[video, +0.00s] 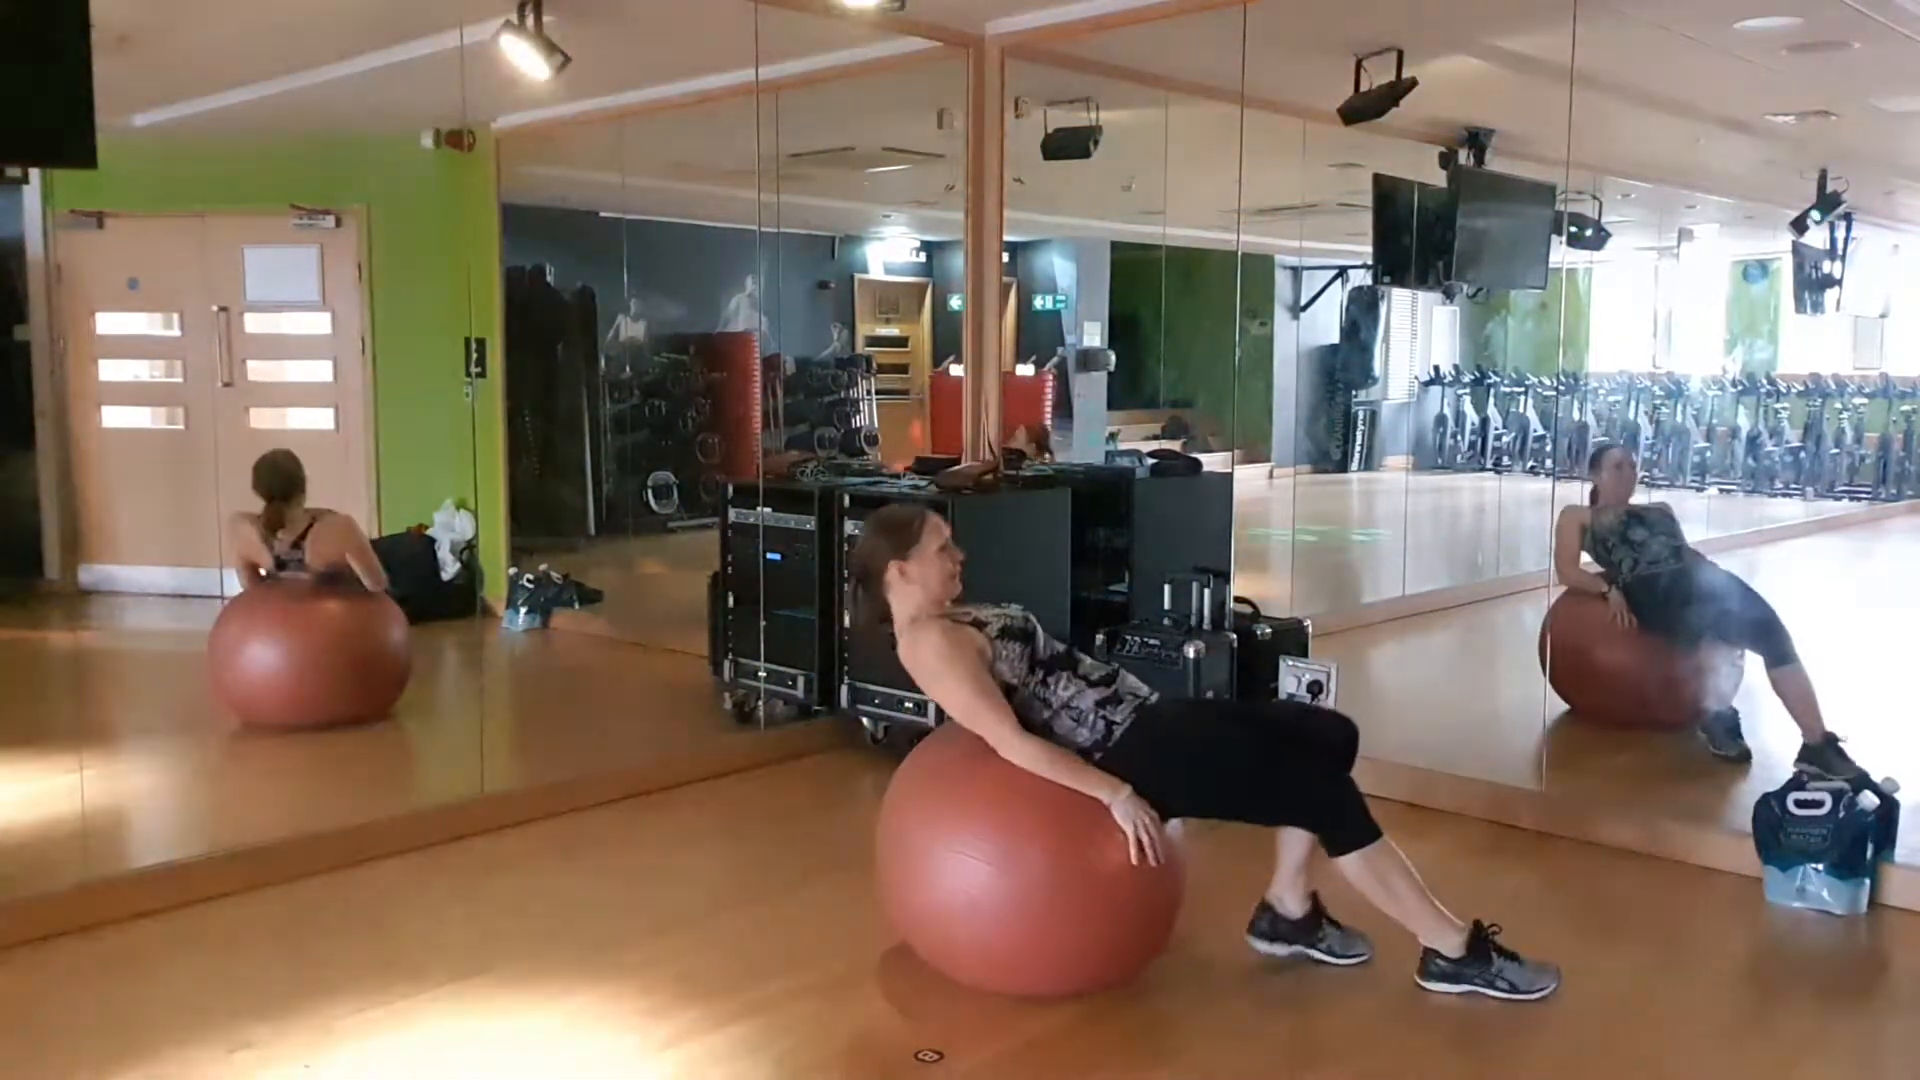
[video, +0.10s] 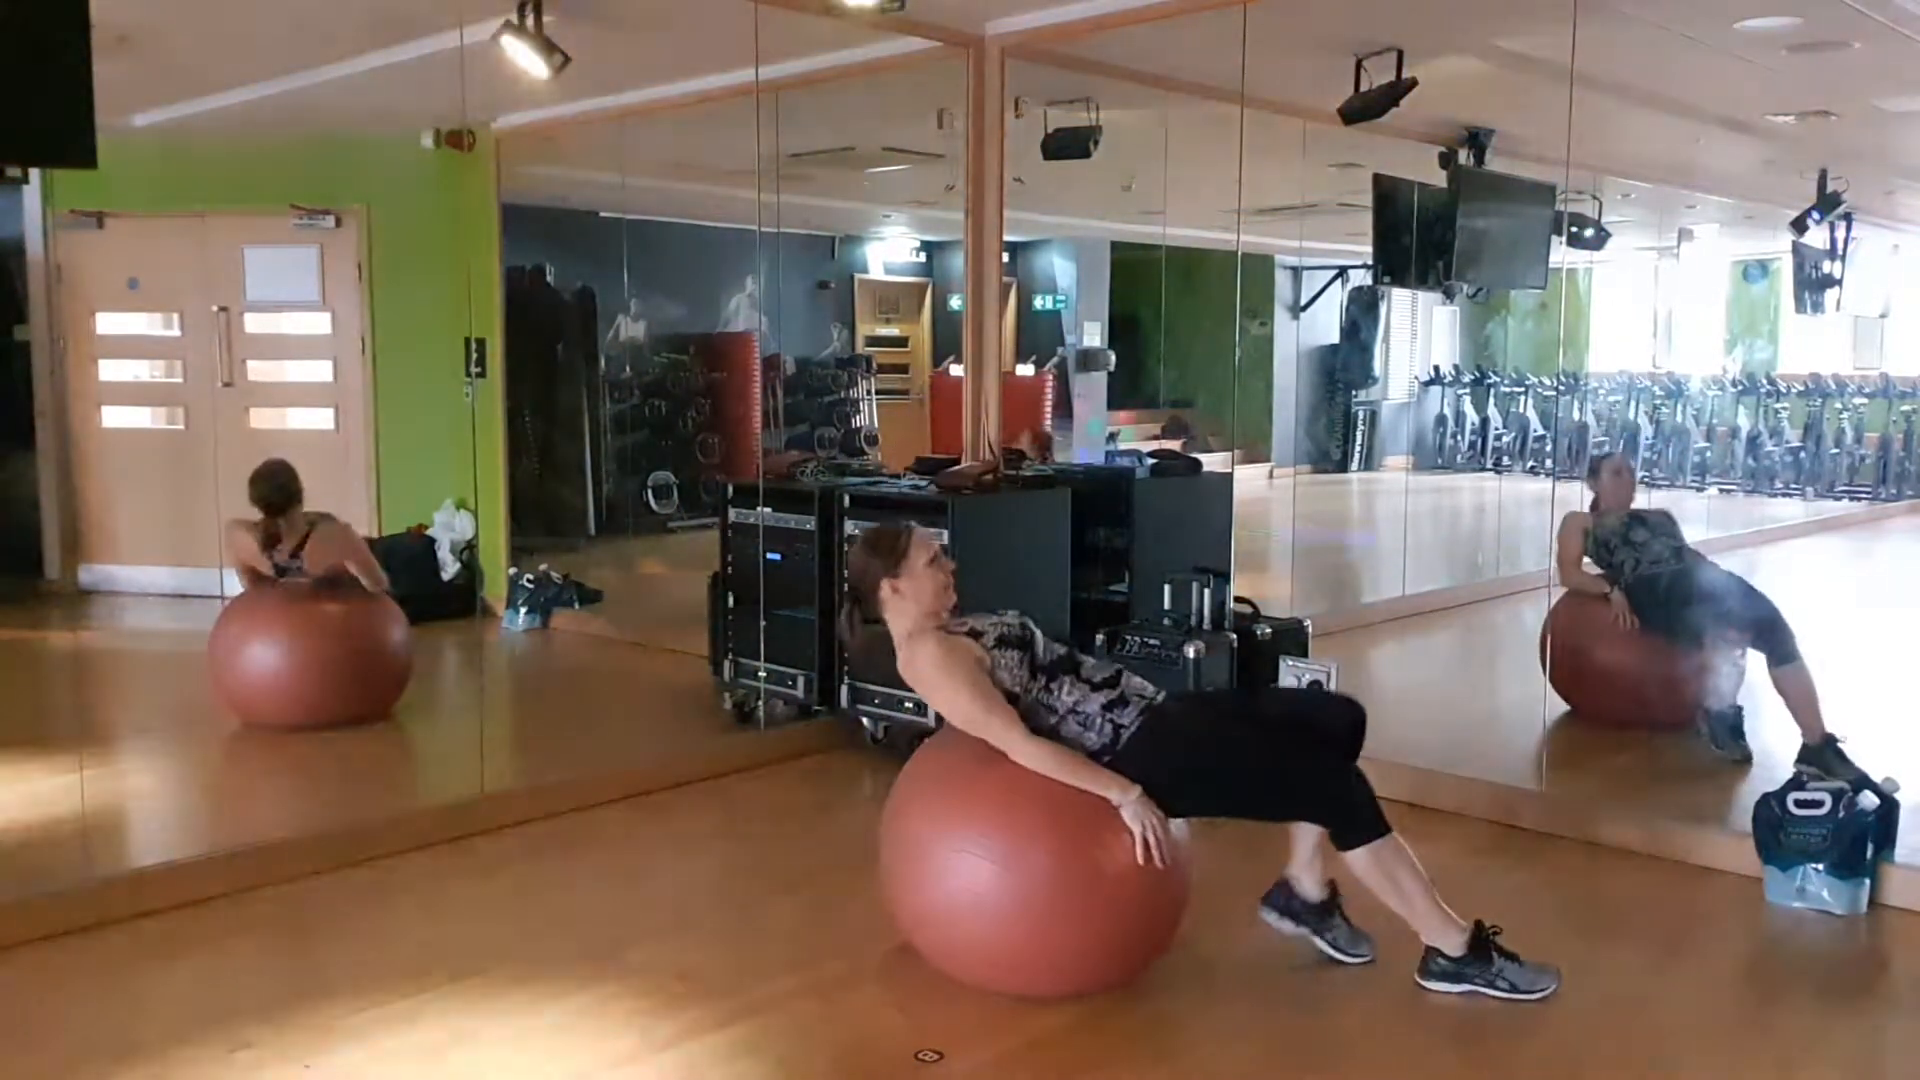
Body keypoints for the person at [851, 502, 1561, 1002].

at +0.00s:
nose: (958, 557)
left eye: (952, 544)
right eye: (942, 549)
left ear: (919, 565)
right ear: (899, 574)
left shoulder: (956, 620)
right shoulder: (933, 643)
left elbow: (1045, 691)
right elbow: (1008, 737)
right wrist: (1111, 791)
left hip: (1145, 720)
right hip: (1128, 751)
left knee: (1327, 733)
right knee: (1320, 780)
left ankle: (1290, 911)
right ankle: (1453, 946)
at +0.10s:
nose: (951, 567)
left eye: (945, 555)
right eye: (934, 561)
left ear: (919, 577)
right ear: (891, 589)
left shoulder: (957, 628)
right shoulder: (932, 657)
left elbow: (1045, 691)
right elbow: (1014, 739)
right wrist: (1119, 790)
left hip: (1152, 714)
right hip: (1136, 751)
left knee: (1335, 717)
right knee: (1329, 781)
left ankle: (1305, 890)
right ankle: (1452, 946)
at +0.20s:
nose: (942, 572)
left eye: (937, 560)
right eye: (925, 566)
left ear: (914, 586)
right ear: (885, 597)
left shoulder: (955, 638)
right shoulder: (933, 668)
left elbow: (1048, 695)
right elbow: (1025, 740)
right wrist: (1128, 789)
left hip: (1165, 703)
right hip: (1151, 748)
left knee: (1347, 700)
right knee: (1344, 781)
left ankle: (1332, 870)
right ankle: (1454, 947)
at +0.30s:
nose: (936, 583)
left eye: (927, 573)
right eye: (918, 581)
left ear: (911, 596)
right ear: (888, 612)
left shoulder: (960, 644)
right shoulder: (932, 677)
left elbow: (1061, 692)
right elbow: (1026, 740)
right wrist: (1134, 790)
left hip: (1178, 704)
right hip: (1162, 749)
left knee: (1358, 700)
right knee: (1352, 776)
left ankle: (1367, 865)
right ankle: (1453, 945)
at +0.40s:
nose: (932, 589)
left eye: (923, 581)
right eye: (914, 590)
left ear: (910, 608)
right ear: (886, 626)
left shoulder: (966, 649)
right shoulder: (934, 684)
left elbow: (1073, 690)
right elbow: (1029, 743)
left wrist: (1175, 707)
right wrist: (1137, 792)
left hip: (1187, 709)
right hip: (1167, 752)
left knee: (1363, 713)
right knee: (1354, 774)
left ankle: (1434, 867)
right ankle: (1450, 947)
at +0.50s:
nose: (930, 593)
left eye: (920, 585)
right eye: (912, 595)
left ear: (907, 618)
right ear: (888, 631)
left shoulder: (968, 656)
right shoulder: (937, 688)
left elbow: (1074, 691)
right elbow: (1032, 746)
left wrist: (1180, 708)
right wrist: (1142, 793)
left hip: (1185, 715)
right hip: (1165, 754)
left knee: (1372, 729)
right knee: (1365, 772)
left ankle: (1481, 863)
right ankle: (1451, 951)